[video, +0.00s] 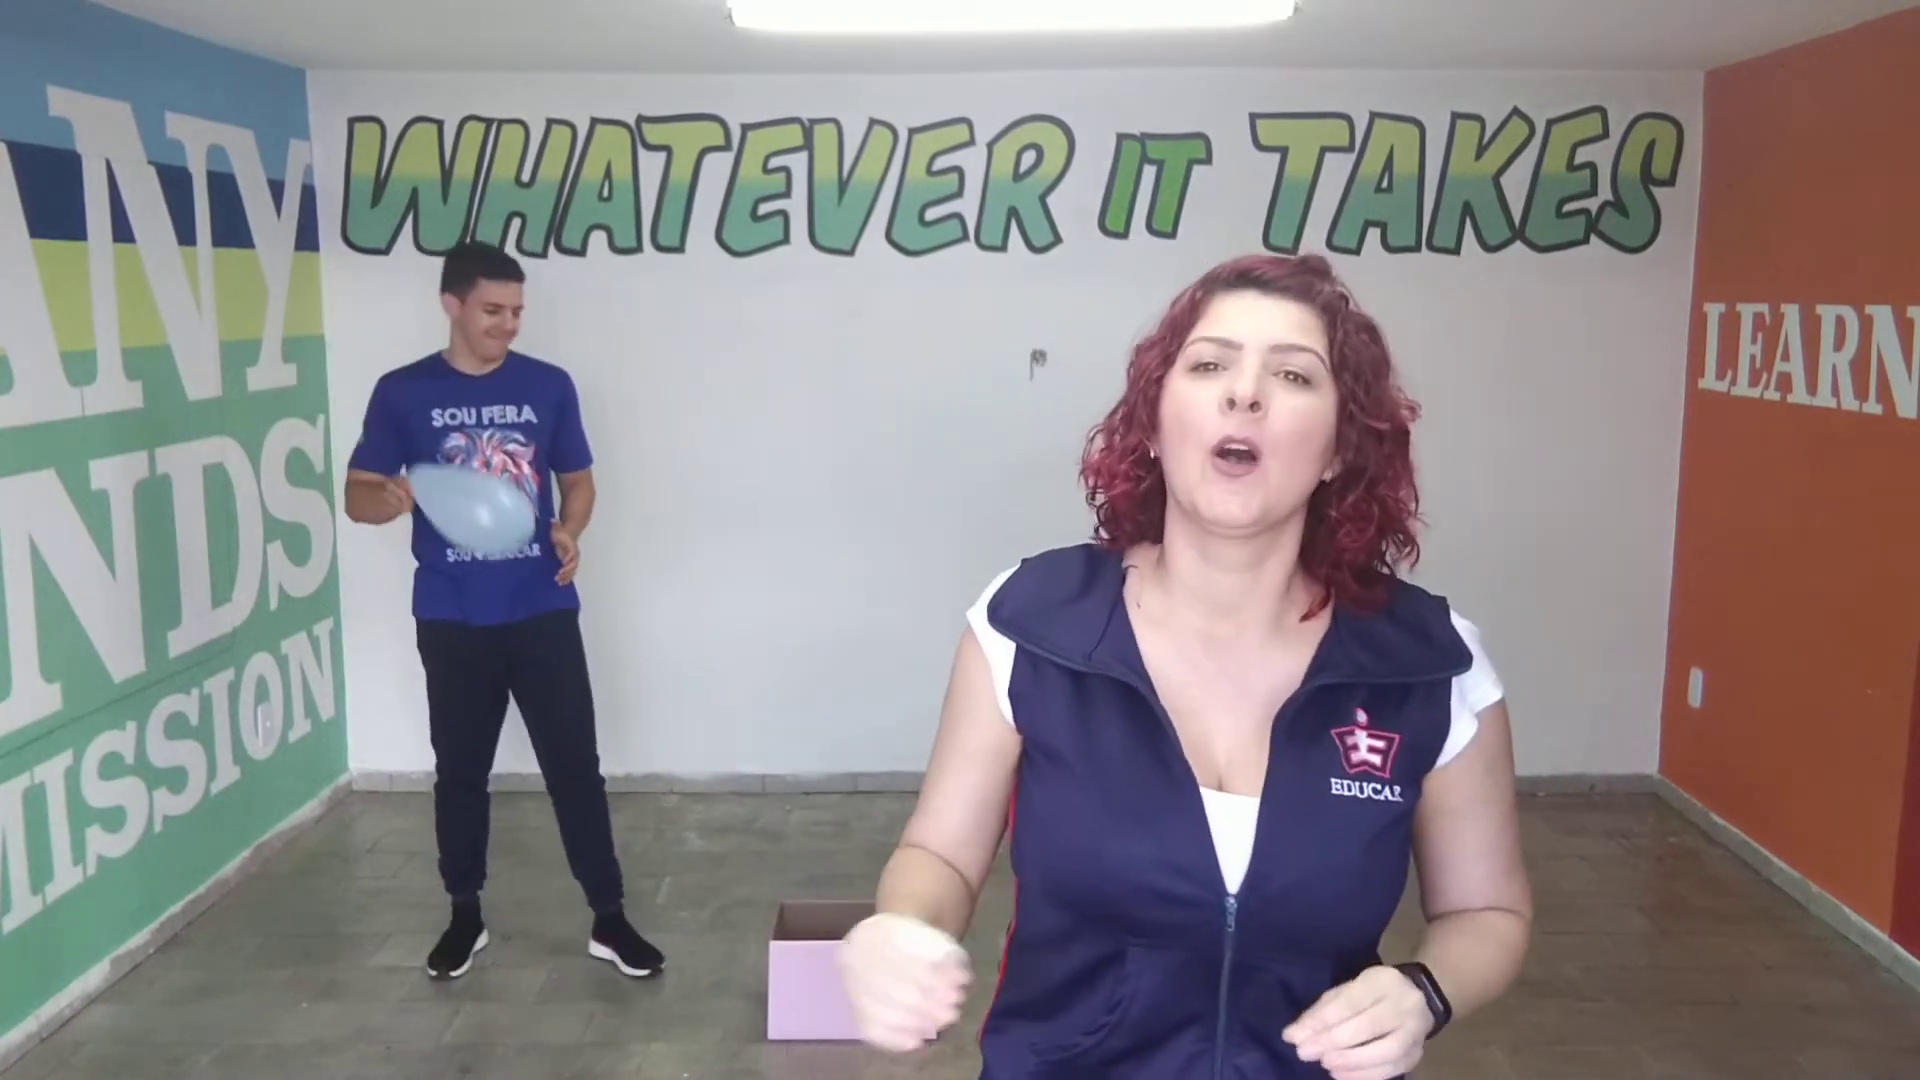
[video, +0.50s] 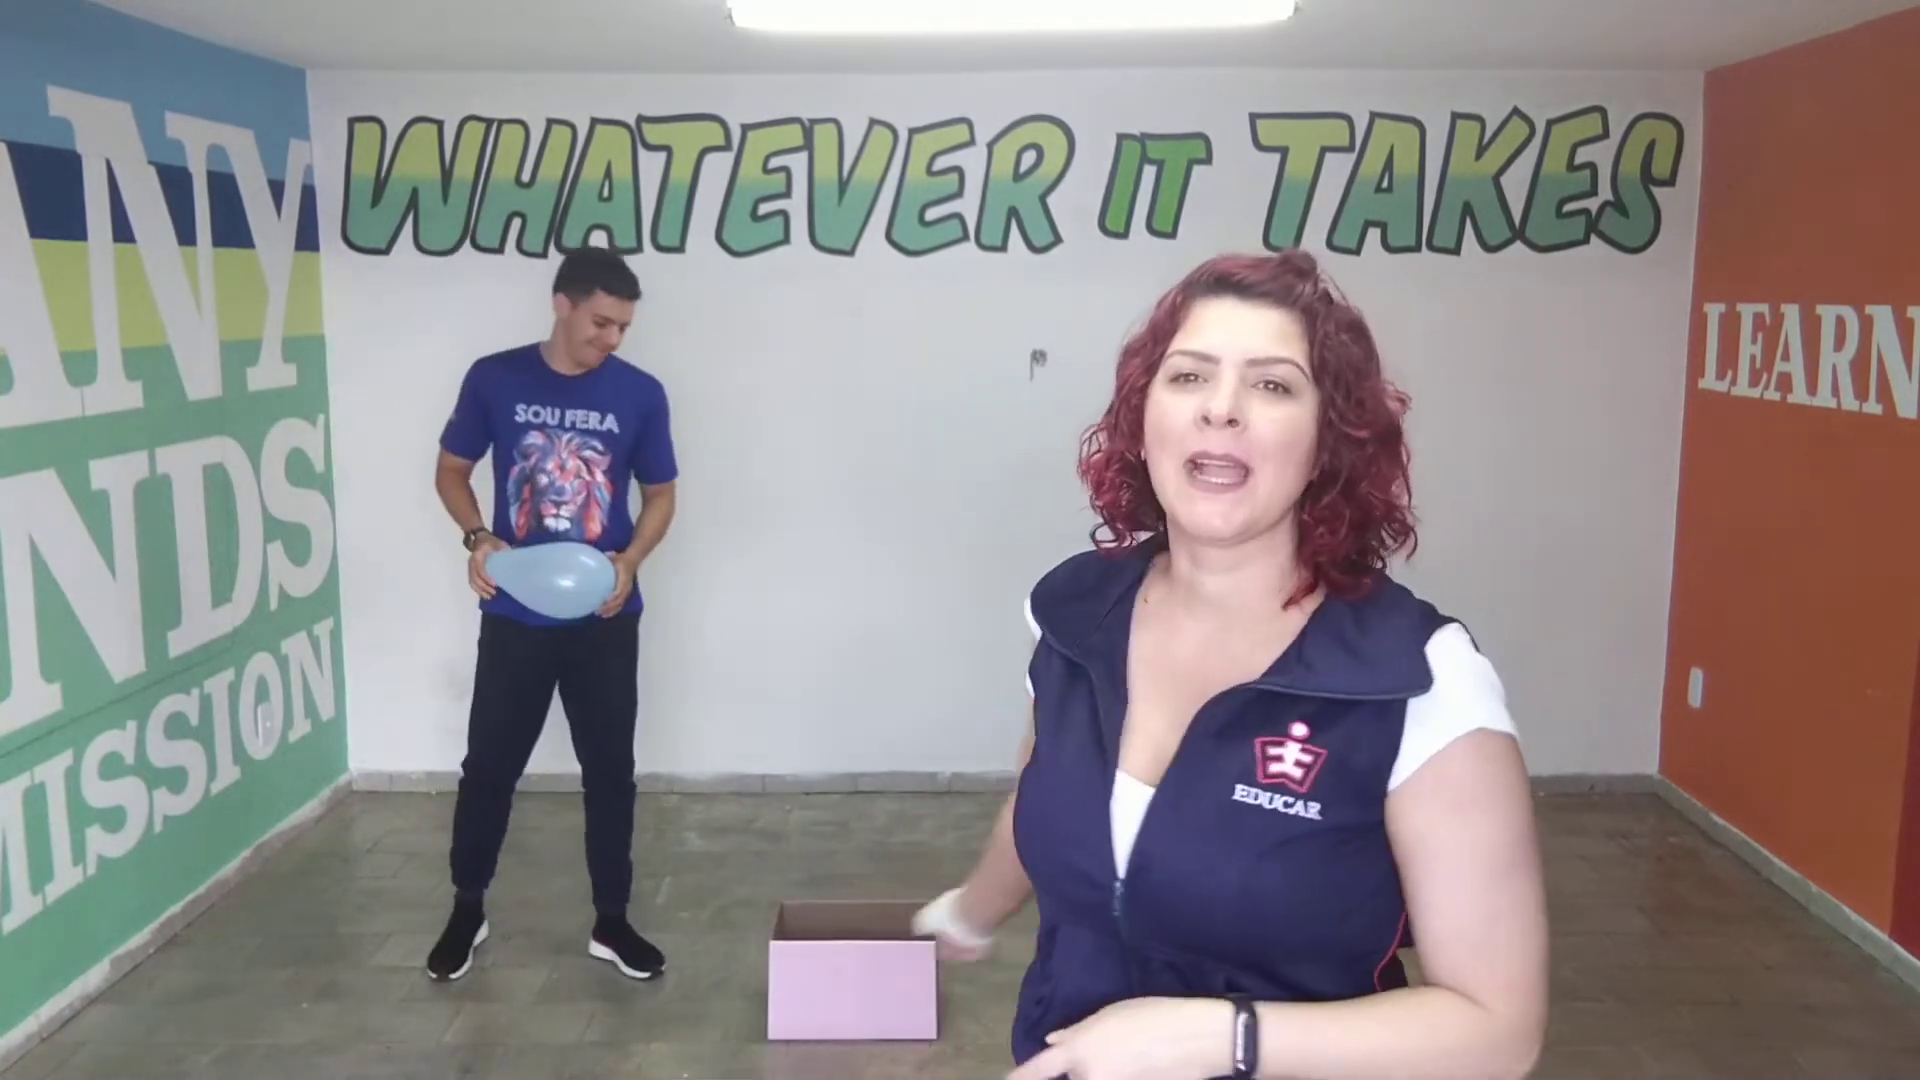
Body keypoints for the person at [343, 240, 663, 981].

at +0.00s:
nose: (506, 323)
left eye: (515, 310)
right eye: (492, 309)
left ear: (521, 311)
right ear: (452, 306)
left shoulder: (548, 387)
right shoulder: (402, 393)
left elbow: (578, 482)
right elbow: (356, 499)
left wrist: (570, 528)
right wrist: (393, 497)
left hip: (542, 615)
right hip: (454, 622)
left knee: (575, 767)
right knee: (460, 774)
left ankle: (609, 917)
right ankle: (465, 914)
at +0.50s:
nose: (611, 341)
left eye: (621, 328)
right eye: (601, 325)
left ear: (626, 322)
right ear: (561, 307)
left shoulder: (640, 395)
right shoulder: (495, 379)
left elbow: (661, 497)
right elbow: (451, 472)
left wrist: (630, 559)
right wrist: (478, 533)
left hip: (605, 617)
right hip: (516, 614)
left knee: (611, 770)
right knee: (489, 766)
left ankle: (612, 920)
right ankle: (467, 909)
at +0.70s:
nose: (642, 347)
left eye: (653, 334)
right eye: (633, 330)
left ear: (660, 328)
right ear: (595, 310)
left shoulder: (671, 397)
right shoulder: (529, 375)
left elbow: (696, 499)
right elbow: (484, 464)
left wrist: (660, 565)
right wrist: (501, 533)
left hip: (623, 615)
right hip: (536, 609)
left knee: (618, 770)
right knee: (519, 758)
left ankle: (612, 922)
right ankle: (521, 900)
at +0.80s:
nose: (652, 345)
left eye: (662, 334)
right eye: (643, 329)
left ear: (668, 327)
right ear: (606, 307)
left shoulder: (679, 399)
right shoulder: (538, 374)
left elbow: (705, 500)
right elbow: (496, 462)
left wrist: (673, 560)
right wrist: (511, 533)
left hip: (628, 615)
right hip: (543, 608)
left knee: (622, 765)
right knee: (533, 751)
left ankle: (612, 917)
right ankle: (583, 863)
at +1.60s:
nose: (631, 335)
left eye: (640, 322)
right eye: (618, 323)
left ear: (650, 313)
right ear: (586, 317)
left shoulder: (684, 378)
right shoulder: (555, 390)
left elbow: (723, 468)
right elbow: (538, 477)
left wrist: (694, 530)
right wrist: (555, 534)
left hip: (674, 582)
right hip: (601, 586)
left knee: (675, 729)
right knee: (625, 728)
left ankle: (685, 884)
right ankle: (646, 851)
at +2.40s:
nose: (696, 312)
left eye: (705, 301)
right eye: (683, 301)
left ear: (714, 305)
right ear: (657, 305)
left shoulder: (734, 373)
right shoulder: (626, 382)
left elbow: (751, 456)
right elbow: (598, 478)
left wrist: (771, 522)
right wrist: (664, 525)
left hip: (732, 575)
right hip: (665, 579)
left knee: (733, 704)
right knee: (656, 717)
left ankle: (742, 819)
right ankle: (648, 852)